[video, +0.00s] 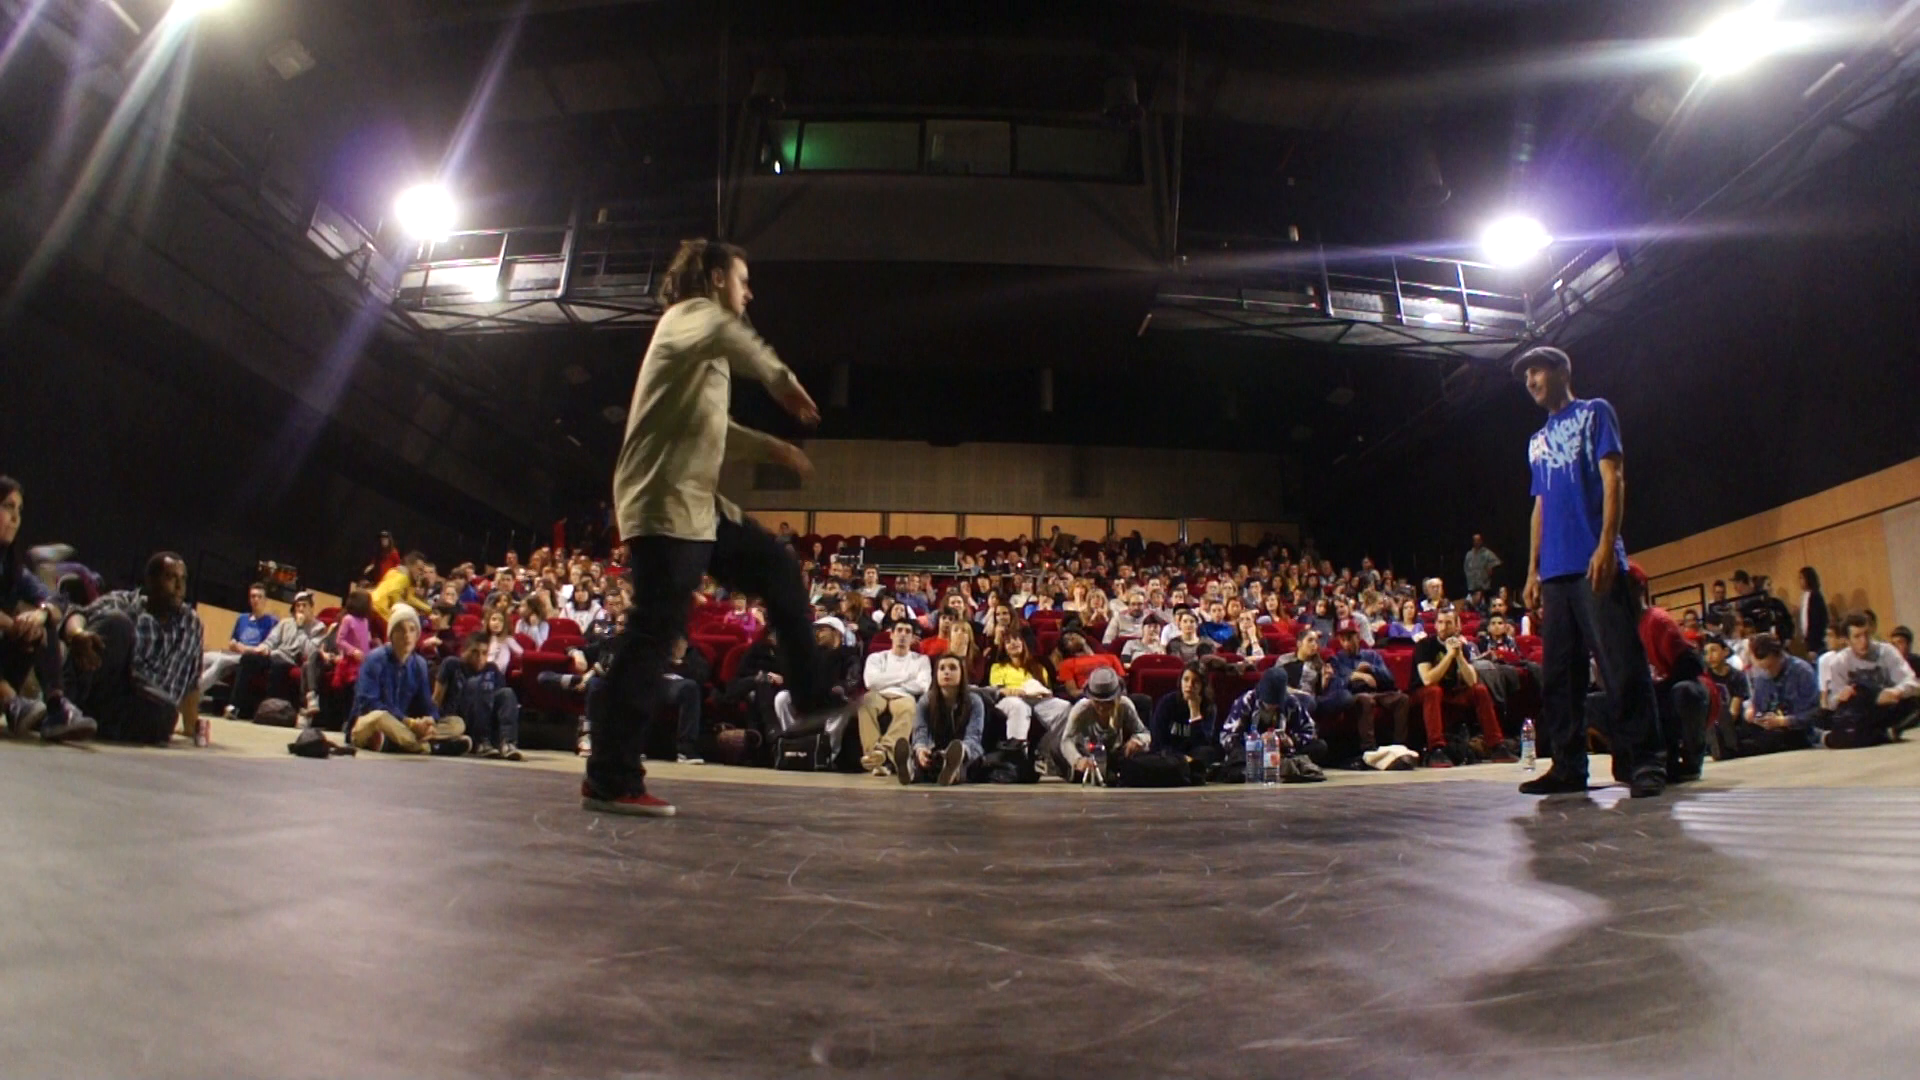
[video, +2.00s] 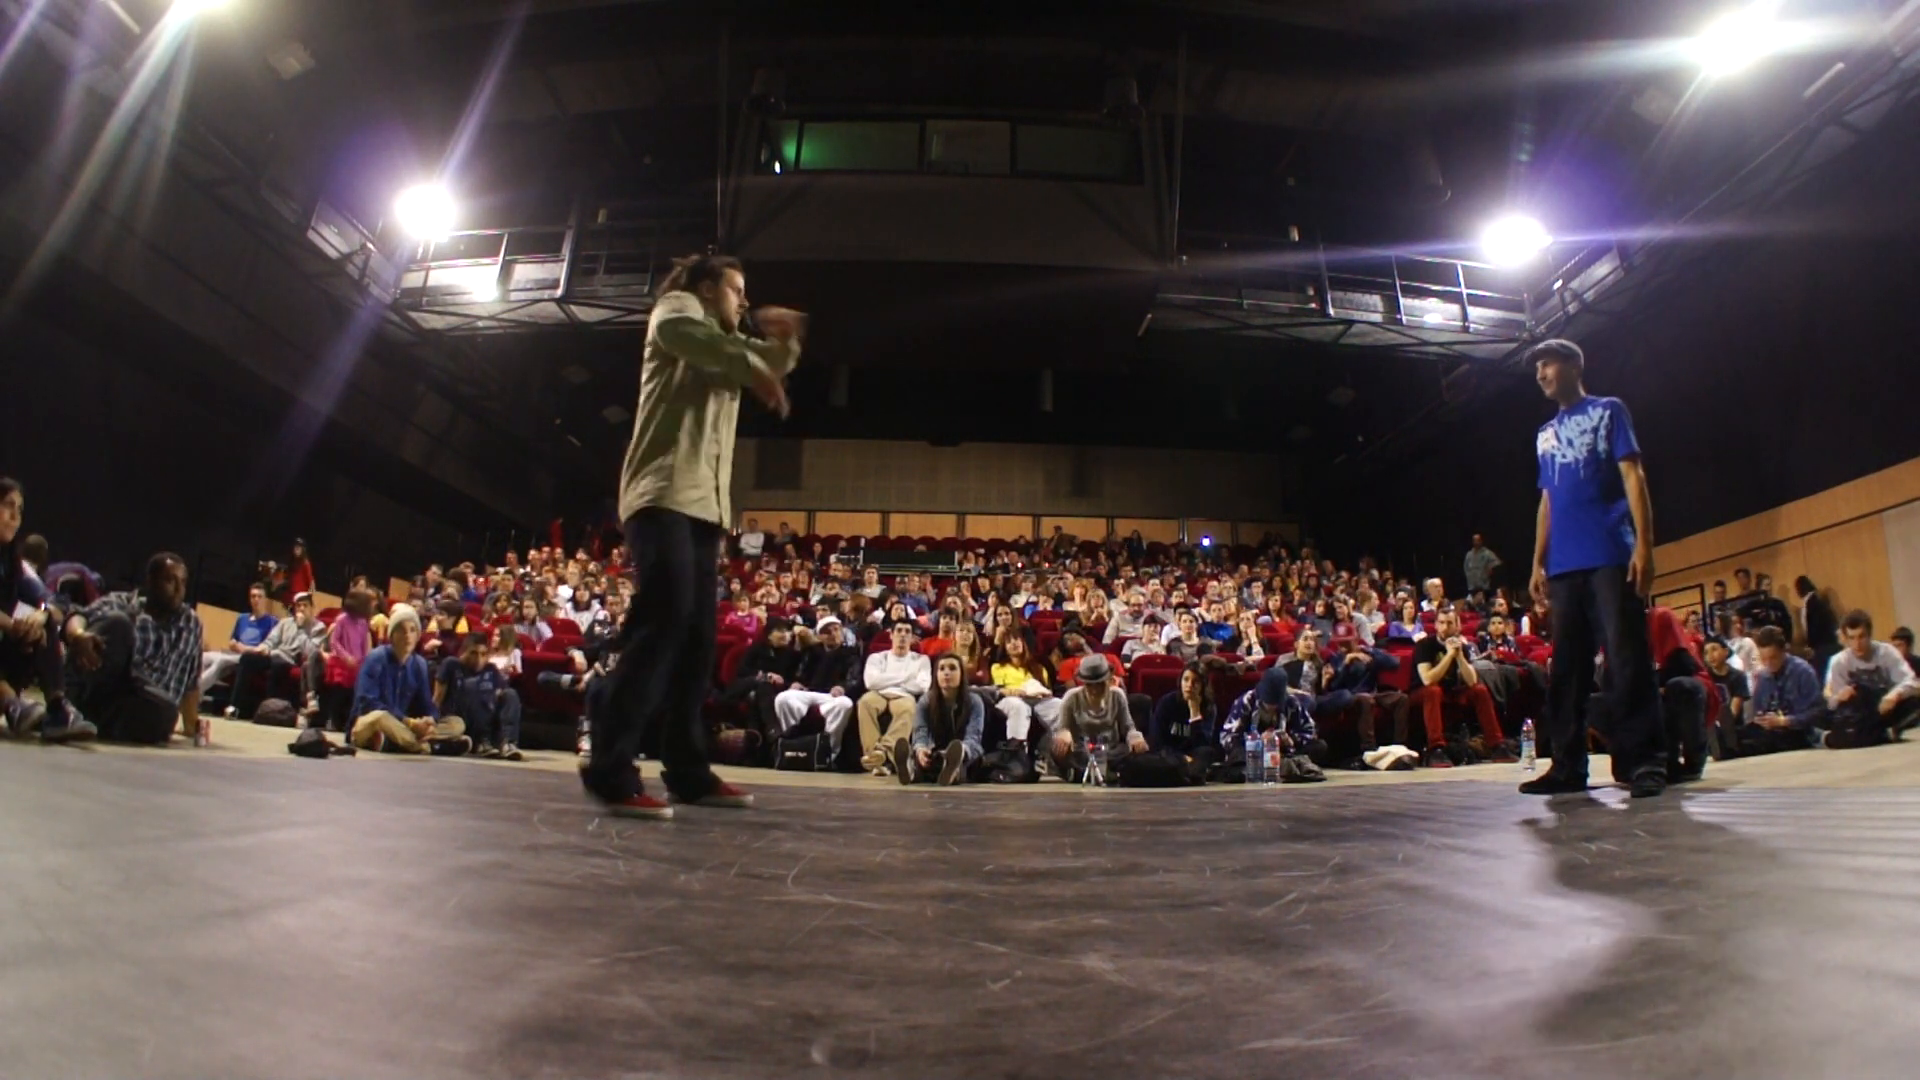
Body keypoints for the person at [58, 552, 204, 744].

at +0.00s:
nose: (179, 587)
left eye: (183, 580)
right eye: (171, 578)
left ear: (186, 584)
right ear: (151, 580)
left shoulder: (192, 624)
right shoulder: (124, 602)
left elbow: (191, 685)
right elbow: (77, 615)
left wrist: (191, 732)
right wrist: (76, 634)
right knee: (116, 625)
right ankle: (64, 711)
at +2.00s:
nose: (178, 589)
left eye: (183, 583)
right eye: (170, 581)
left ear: (186, 586)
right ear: (152, 582)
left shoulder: (191, 624)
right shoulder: (122, 602)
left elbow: (190, 684)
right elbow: (78, 617)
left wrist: (191, 730)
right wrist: (76, 635)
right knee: (117, 625)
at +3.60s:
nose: (178, 589)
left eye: (181, 582)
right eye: (170, 580)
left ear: (185, 585)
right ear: (152, 581)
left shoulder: (190, 623)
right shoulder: (127, 603)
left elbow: (190, 685)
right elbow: (82, 608)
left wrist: (191, 732)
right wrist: (84, 622)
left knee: (161, 719)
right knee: (118, 625)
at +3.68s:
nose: (178, 589)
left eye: (182, 582)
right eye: (171, 580)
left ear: (185, 585)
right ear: (152, 581)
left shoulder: (191, 622)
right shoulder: (131, 603)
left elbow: (191, 684)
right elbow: (92, 599)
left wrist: (191, 731)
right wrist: (94, 609)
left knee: (159, 721)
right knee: (117, 623)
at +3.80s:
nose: (176, 586)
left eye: (181, 580)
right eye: (170, 578)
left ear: (185, 584)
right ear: (152, 580)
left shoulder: (191, 621)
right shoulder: (131, 610)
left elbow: (190, 678)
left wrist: (191, 727)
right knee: (116, 622)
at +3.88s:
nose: (176, 585)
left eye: (181, 579)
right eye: (169, 577)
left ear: (185, 585)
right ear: (152, 579)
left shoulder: (191, 621)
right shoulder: (132, 609)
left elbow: (190, 678)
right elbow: (133, 666)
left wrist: (191, 727)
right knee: (116, 626)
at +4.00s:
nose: (176, 585)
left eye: (180, 580)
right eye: (168, 577)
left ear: (185, 585)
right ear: (152, 579)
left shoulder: (190, 621)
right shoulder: (131, 606)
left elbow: (190, 683)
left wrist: (191, 730)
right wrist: (121, 565)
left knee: (161, 718)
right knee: (117, 622)